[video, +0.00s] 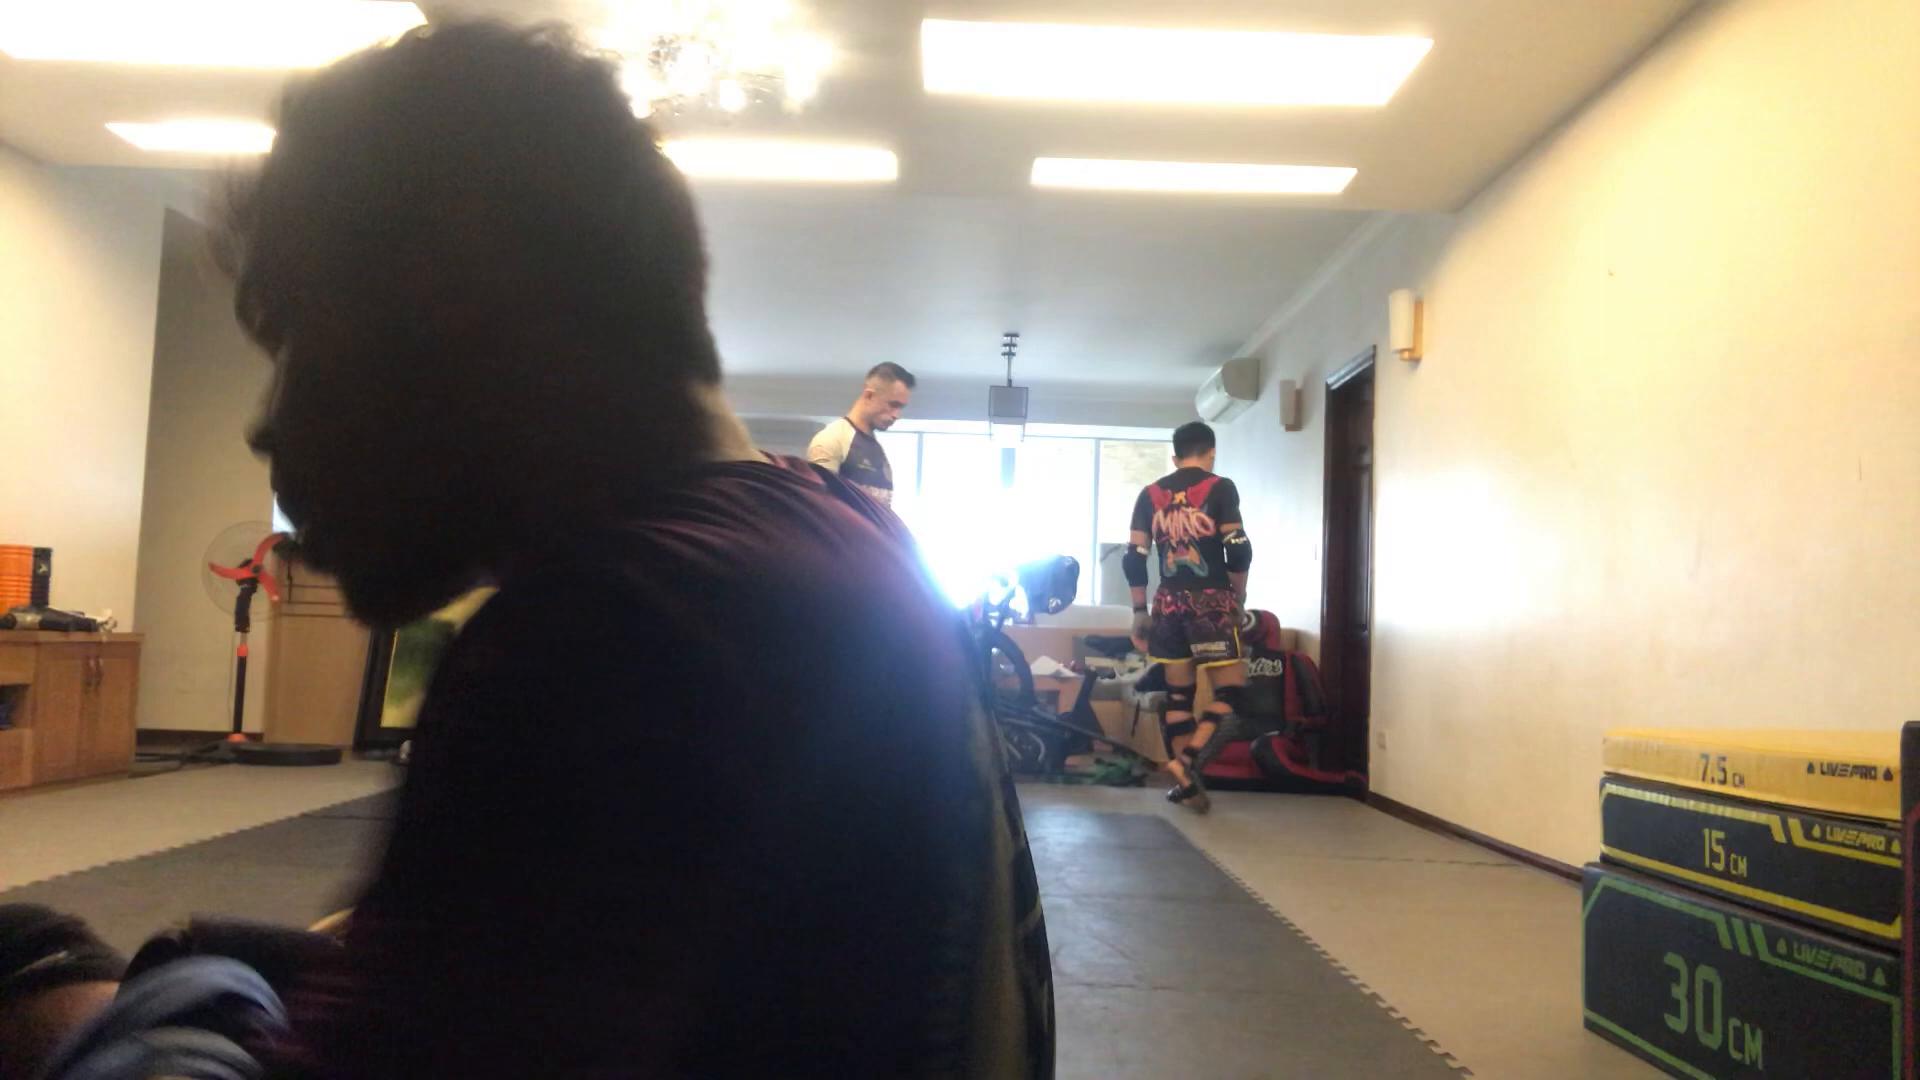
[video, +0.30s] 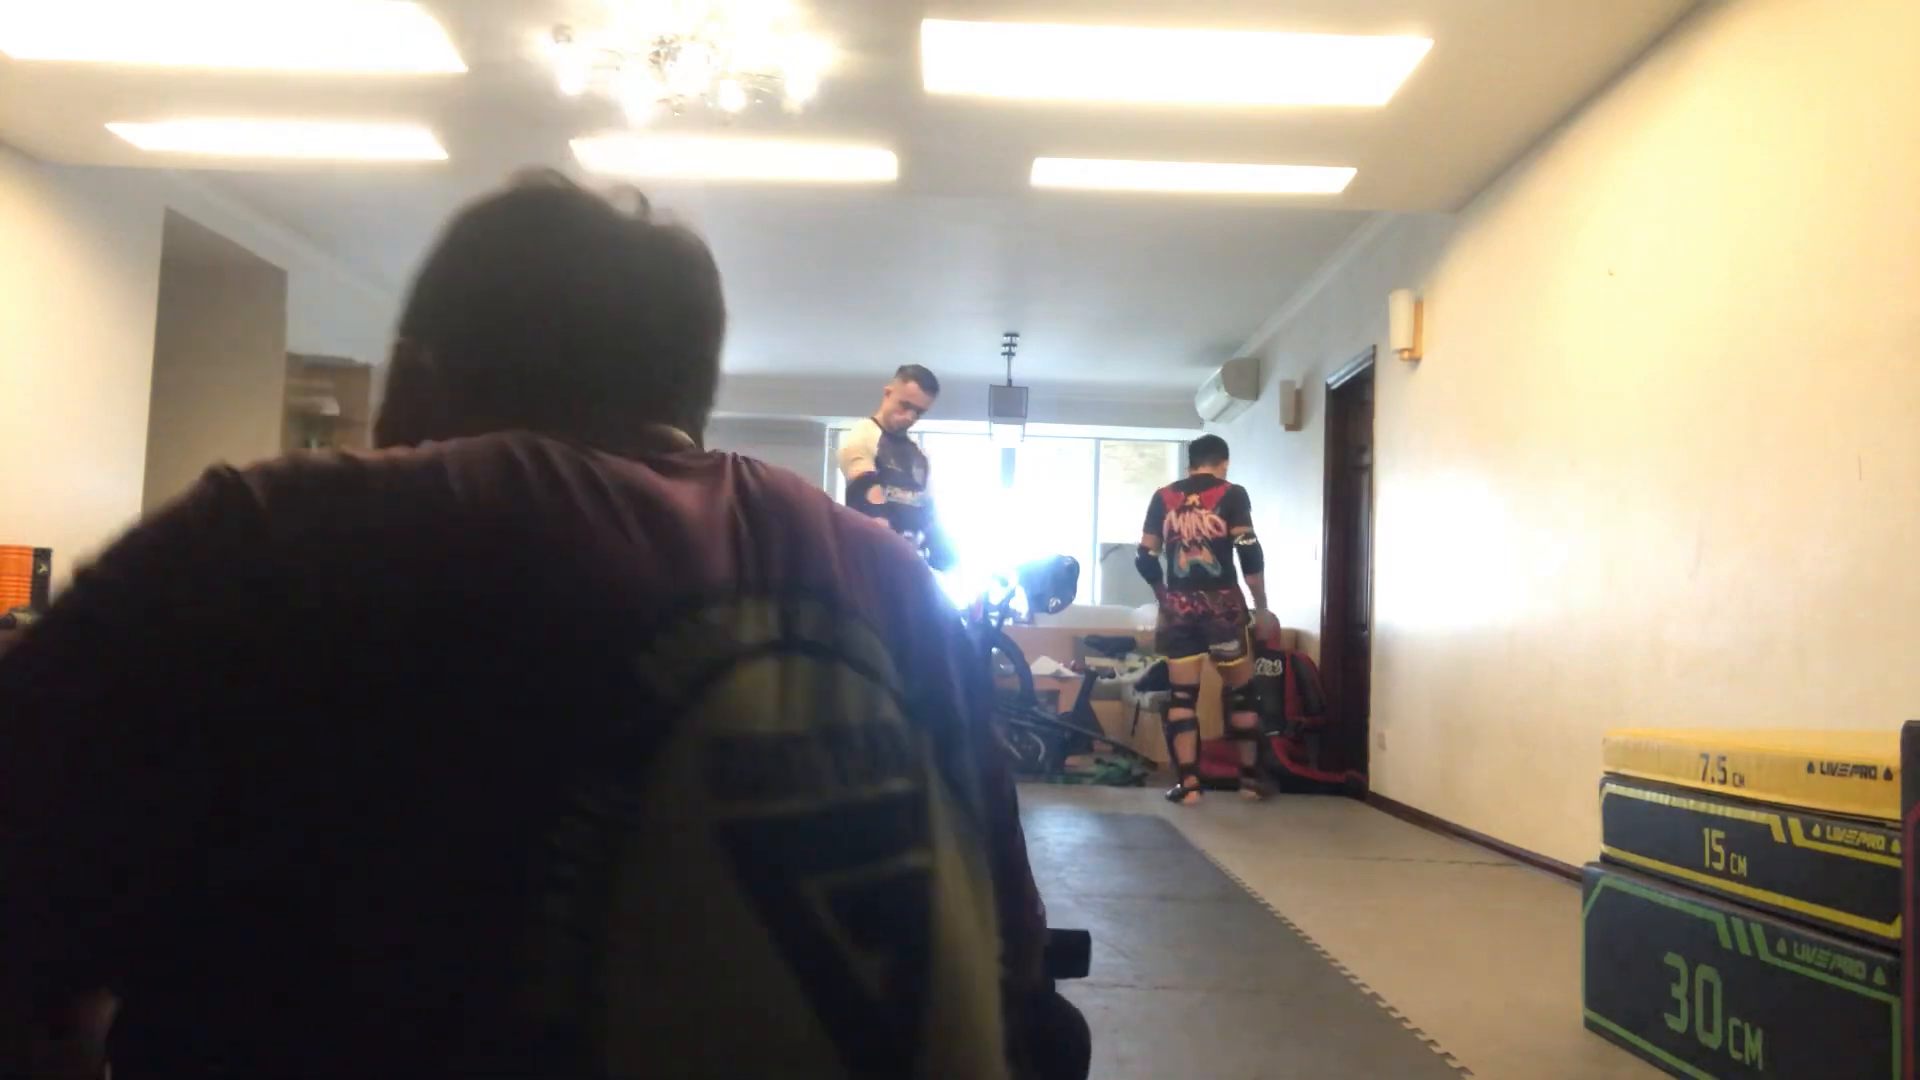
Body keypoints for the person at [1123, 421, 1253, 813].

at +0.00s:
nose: (1211, 459)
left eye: (1206, 455)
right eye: (1212, 454)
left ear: (1174, 456)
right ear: (1210, 454)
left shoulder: (1150, 494)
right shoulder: (1220, 488)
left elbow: (1134, 558)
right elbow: (1238, 549)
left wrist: (1140, 610)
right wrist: (1236, 599)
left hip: (1168, 607)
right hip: (1213, 606)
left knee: (1178, 698)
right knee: (1229, 697)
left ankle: (1190, 788)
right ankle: (1187, 765)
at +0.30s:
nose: (1225, 470)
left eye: (1223, 465)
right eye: (1226, 465)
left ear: (1190, 463)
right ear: (1222, 463)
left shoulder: (1163, 497)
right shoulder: (1232, 494)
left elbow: (1144, 558)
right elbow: (1249, 552)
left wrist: (1165, 595)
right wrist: (1261, 603)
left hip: (1176, 610)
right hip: (1224, 609)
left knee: (1181, 696)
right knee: (1240, 691)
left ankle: (1188, 783)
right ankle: (1249, 779)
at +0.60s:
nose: (1238, 479)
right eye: (1240, 473)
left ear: (1206, 473)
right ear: (1242, 473)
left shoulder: (1189, 499)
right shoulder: (1261, 504)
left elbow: (1167, 557)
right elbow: (1276, 563)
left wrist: (1166, 607)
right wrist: (1280, 617)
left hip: (1200, 614)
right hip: (1247, 615)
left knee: (1194, 691)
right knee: (1249, 693)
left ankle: (1196, 767)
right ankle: (1250, 779)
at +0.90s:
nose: (1197, 488)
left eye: (1197, 483)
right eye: (1198, 484)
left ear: (1200, 479)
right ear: (1230, 476)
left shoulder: (1199, 498)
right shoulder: (1261, 506)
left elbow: (1183, 551)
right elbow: (1285, 561)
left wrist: (1176, 601)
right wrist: (1277, 612)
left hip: (1215, 612)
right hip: (1257, 614)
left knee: (1194, 689)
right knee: (1252, 694)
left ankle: (1212, 768)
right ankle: (1250, 778)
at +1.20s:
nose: (1166, 509)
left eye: (1163, 501)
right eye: (1162, 503)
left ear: (1172, 492)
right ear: (1189, 485)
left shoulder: (1198, 508)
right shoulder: (1225, 505)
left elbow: (1198, 562)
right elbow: (1253, 564)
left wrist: (1179, 613)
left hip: (1225, 611)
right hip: (1251, 610)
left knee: (1208, 690)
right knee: (1233, 686)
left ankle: (1217, 772)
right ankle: (1248, 750)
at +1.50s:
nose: (1153, 544)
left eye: (1150, 537)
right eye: (1147, 539)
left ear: (1160, 524)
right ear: (1163, 522)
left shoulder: (1208, 529)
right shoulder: (1185, 544)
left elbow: (1232, 588)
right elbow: (1207, 592)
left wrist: (1212, 633)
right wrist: (1205, 633)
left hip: (1256, 623)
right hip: (1230, 625)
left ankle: (1225, 768)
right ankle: (1218, 764)